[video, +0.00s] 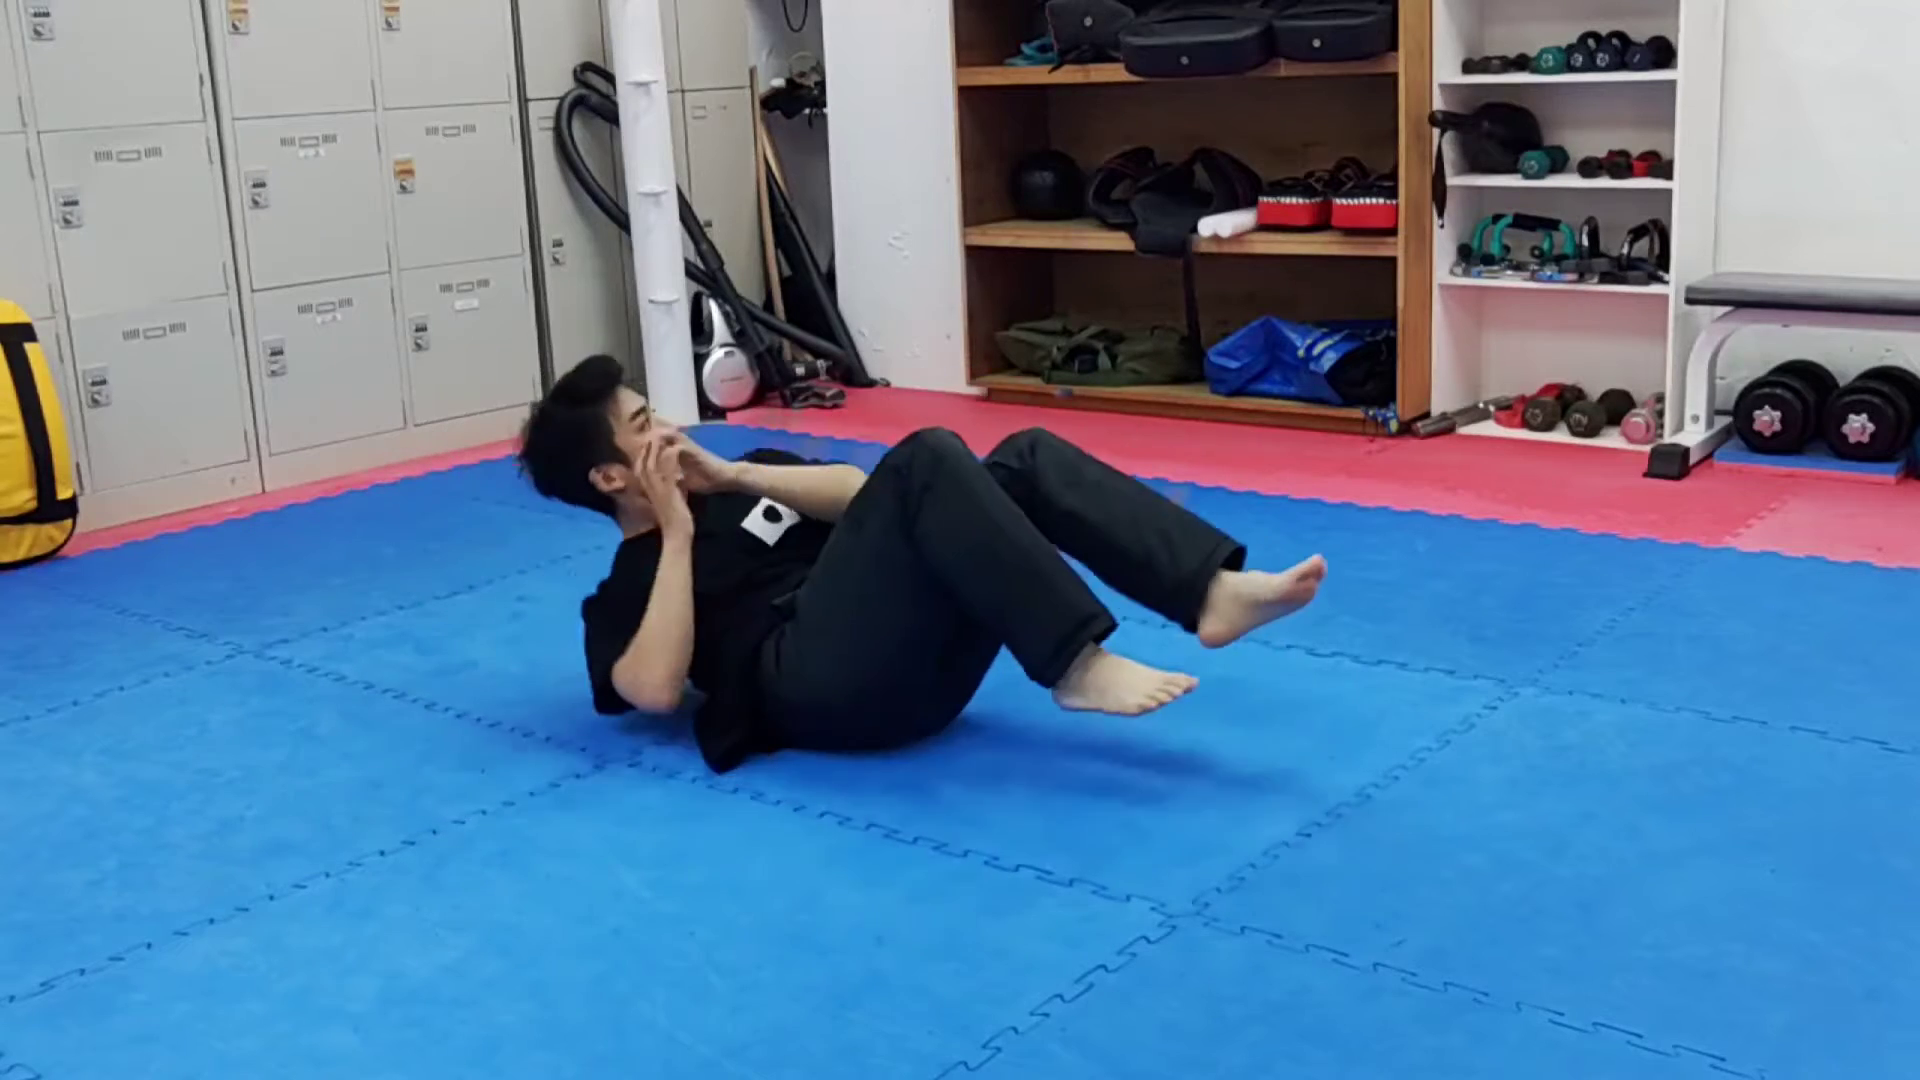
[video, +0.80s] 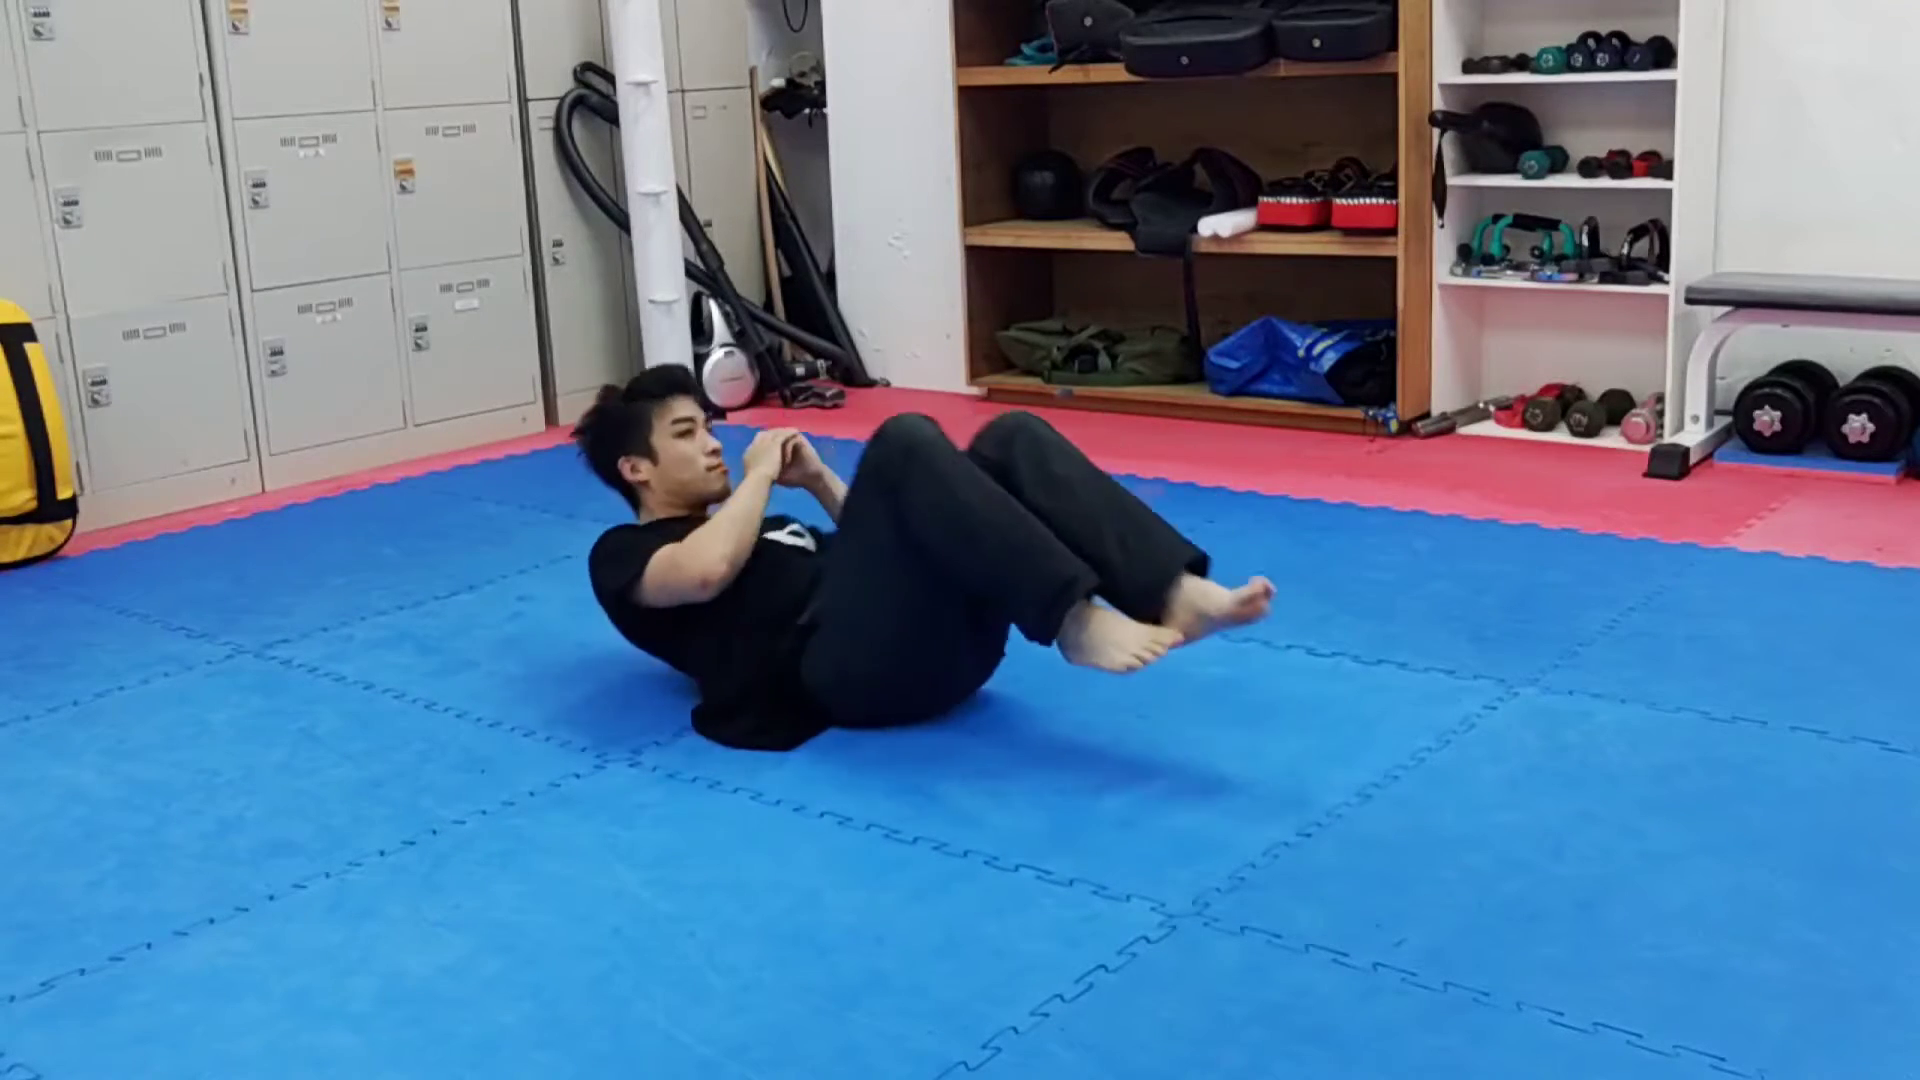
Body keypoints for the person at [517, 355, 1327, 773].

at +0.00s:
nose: (659, 436)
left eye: (649, 417)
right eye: (634, 437)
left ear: (663, 418)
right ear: (604, 483)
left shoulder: (752, 474)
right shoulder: (619, 593)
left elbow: (876, 492)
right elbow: (654, 691)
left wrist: (737, 479)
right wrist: (671, 532)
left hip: (920, 648)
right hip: (829, 693)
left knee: (1028, 457)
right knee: (923, 456)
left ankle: (1210, 590)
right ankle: (1074, 662)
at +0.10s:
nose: (647, 454)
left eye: (639, 434)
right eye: (620, 458)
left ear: (657, 431)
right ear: (594, 499)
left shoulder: (747, 483)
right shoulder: (621, 611)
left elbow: (863, 488)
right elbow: (658, 709)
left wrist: (721, 492)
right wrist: (664, 555)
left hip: (921, 645)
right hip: (833, 690)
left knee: (1019, 451)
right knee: (918, 446)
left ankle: (1194, 563)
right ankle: (1059, 652)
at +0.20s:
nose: (648, 455)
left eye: (641, 440)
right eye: (624, 457)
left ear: (651, 448)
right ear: (592, 506)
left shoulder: (727, 514)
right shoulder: (606, 611)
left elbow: (839, 485)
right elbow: (634, 693)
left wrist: (702, 480)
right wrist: (650, 544)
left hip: (910, 653)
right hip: (820, 682)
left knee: (969, 437)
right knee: (888, 423)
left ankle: (1148, 494)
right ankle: (1043, 608)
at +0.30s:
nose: (657, 470)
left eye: (647, 458)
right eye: (635, 467)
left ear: (654, 493)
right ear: (600, 519)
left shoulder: (724, 545)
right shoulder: (589, 616)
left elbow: (814, 508)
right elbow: (605, 658)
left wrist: (719, 470)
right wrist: (641, 530)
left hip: (889, 640)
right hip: (807, 664)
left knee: (920, 406)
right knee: (857, 404)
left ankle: (1104, 446)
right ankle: (1034, 564)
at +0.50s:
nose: (659, 492)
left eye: (652, 484)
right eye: (635, 487)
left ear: (651, 503)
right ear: (587, 527)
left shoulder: (693, 573)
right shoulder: (576, 611)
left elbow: (816, 537)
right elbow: (634, 574)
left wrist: (776, 494)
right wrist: (704, 482)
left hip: (878, 601)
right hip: (818, 642)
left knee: (870, 358)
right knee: (811, 411)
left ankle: (1076, 449)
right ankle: (1027, 529)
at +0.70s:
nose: (692, 464)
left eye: (685, 451)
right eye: (668, 454)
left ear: (681, 478)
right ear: (620, 492)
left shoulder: (720, 546)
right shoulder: (601, 572)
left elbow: (853, 561)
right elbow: (699, 555)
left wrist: (810, 494)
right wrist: (748, 486)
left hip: (925, 637)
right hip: (858, 678)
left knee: (943, 418)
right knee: (844, 455)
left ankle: (1130, 535)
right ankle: (1059, 584)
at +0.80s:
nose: (713, 445)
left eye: (710, 430)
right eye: (686, 434)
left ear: (712, 446)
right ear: (634, 469)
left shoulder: (744, 527)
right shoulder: (619, 555)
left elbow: (877, 555)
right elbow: (704, 572)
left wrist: (822, 488)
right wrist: (760, 474)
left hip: (936, 643)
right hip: (855, 673)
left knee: (1012, 434)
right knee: (904, 441)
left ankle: (1174, 590)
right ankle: (1075, 620)